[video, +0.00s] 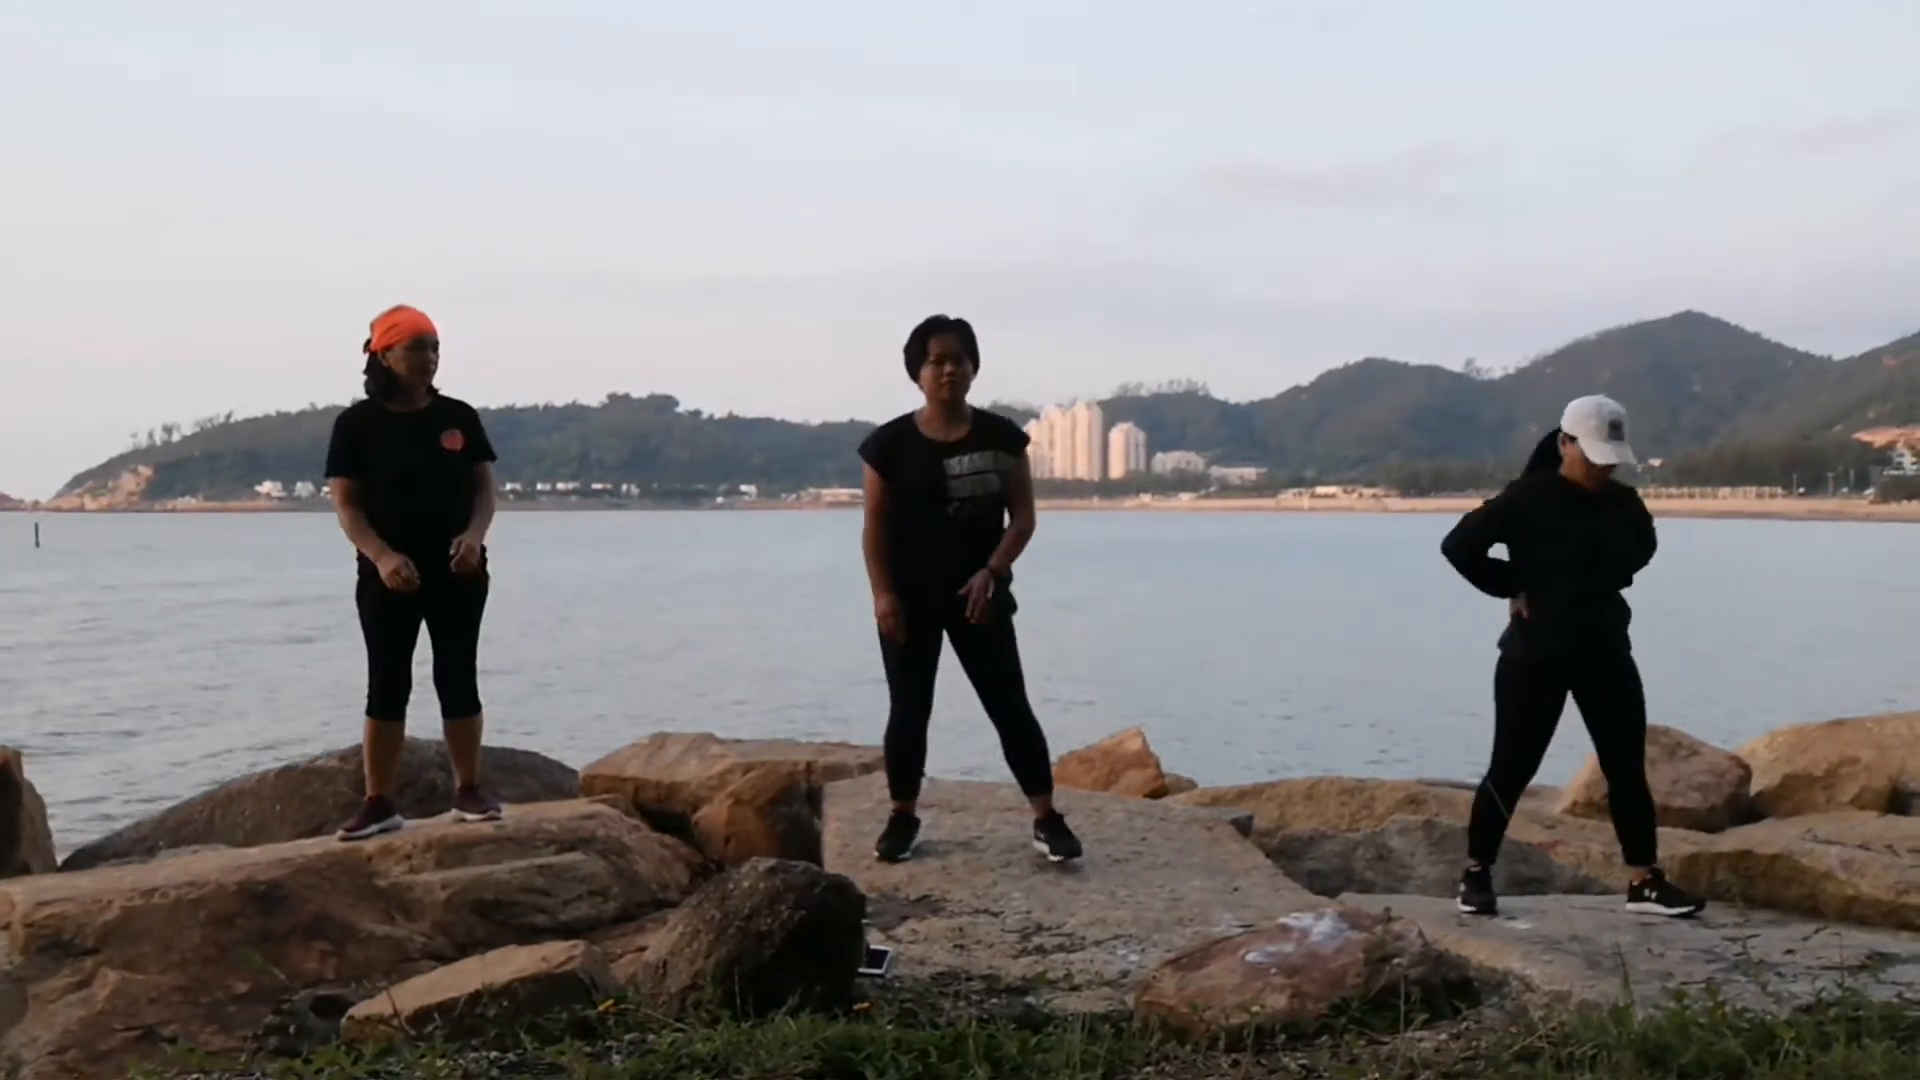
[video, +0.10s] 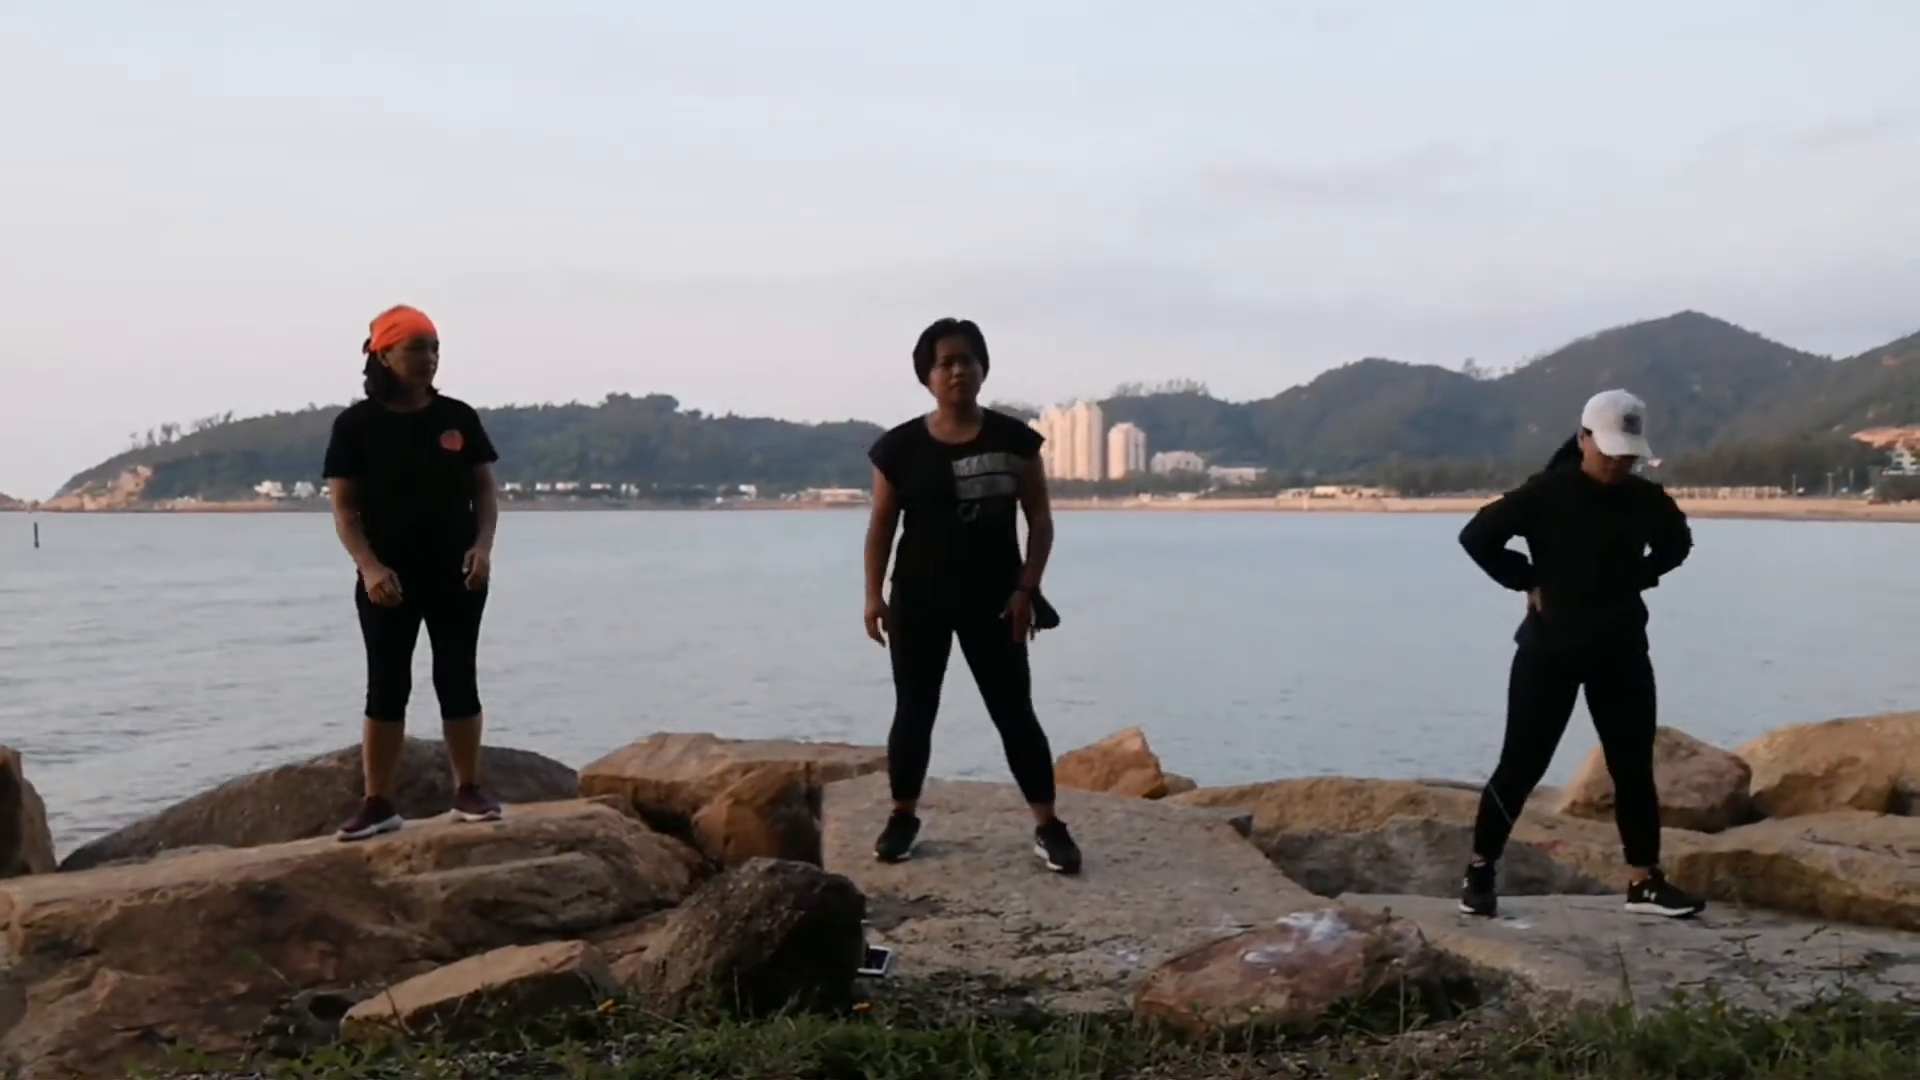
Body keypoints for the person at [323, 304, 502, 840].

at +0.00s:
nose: (430, 356)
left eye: (433, 346)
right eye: (417, 348)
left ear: (438, 352)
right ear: (383, 356)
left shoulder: (459, 417)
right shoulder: (354, 425)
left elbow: (485, 487)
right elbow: (345, 506)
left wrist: (475, 534)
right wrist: (381, 555)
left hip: (456, 575)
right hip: (387, 577)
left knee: (458, 683)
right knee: (386, 690)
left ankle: (468, 791)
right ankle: (378, 801)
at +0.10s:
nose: (429, 356)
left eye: (433, 347)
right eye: (417, 348)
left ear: (438, 352)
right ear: (383, 356)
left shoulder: (459, 418)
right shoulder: (354, 426)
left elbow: (486, 490)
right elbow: (343, 508)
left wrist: (482, 544)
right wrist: (368, 566)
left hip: (454, 575)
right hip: (387, 578)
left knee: (458, 684)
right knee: (386, 692)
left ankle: (468, 791)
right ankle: (378, 802)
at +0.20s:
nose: (429, 357)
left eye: (433, 347)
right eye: (417, 348)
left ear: (438, 353)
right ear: (384, 356)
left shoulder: (458, 418)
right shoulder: (354, 425)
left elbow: (486, 492)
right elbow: (337, 507)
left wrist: (498, 554)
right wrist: (341, 578)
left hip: (456, 574)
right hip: (386, 578)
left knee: (457, 683)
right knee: (385, 691)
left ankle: (468, 790)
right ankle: (376, 802)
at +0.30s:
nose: (429, 357)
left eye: (433, 347)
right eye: (417, 348)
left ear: (438, 352)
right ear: (383, 356)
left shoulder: (457, 418)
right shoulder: (354, 426)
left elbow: (490, 490)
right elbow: (328, 508)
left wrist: (514, 550)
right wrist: (309, 578)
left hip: (455, 575)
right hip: (385, 579)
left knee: (457, 683)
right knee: (384, 691)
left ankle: (466, 791)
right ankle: (376, 802)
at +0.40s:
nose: (431, 357)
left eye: (434, 347)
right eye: (418, 348)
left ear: (437, 354)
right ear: (385, 356)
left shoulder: (457, 420)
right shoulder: (353, 426)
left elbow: (493, 485)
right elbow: (319, 502)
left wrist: (525, 541)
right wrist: (285, 569)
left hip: (454, 575)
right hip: (385, 579)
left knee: (456, 683)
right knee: (384, 691)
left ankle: (465, 791)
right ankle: (375, 802)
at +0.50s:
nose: (430, 358)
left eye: (434, 348)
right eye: (418, 349)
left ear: (437, 354)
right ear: (384, 356)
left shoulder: (457, 420)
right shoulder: (353, 426)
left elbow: (495, 483)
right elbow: (316, 501)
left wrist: (533, 539)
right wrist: (273, 568)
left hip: (453, 575)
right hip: (384, 580)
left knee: (455, 684)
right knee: (383, 692)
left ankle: (466, 791)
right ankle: (374, 802)